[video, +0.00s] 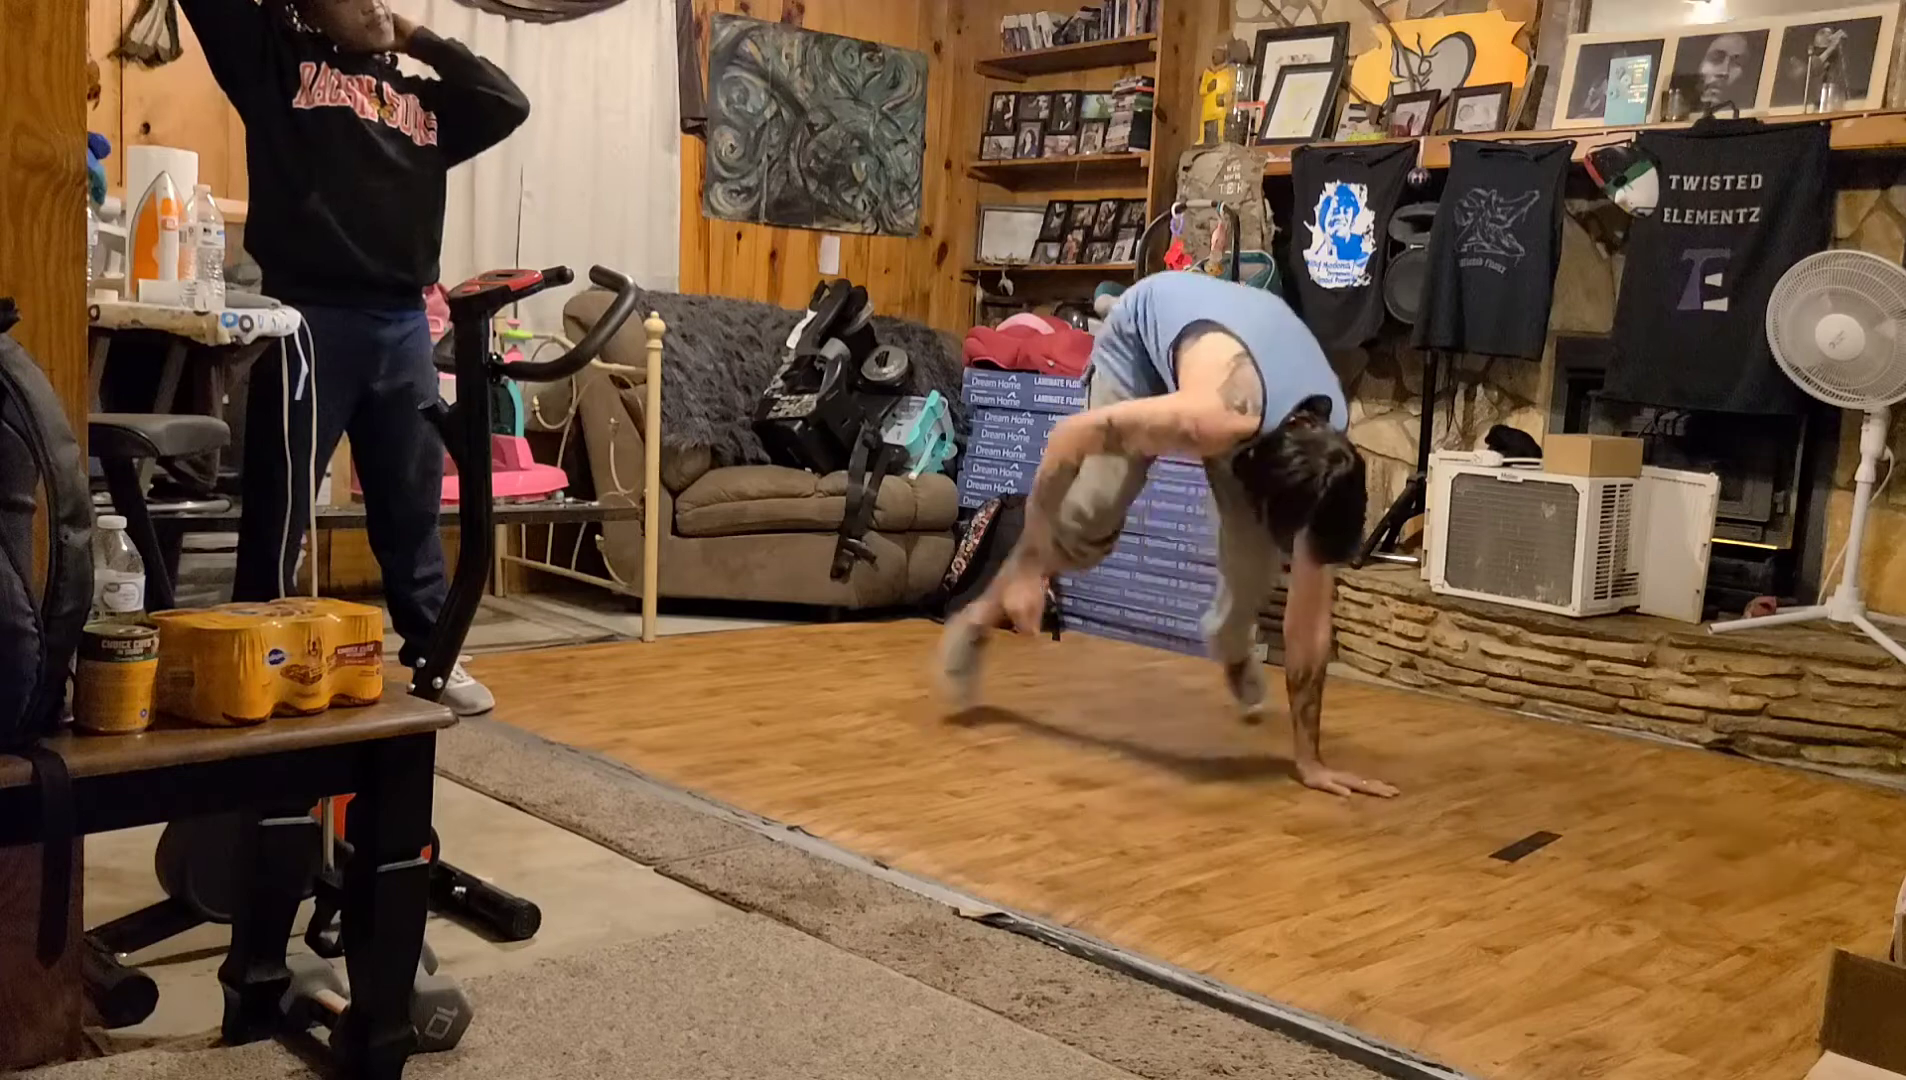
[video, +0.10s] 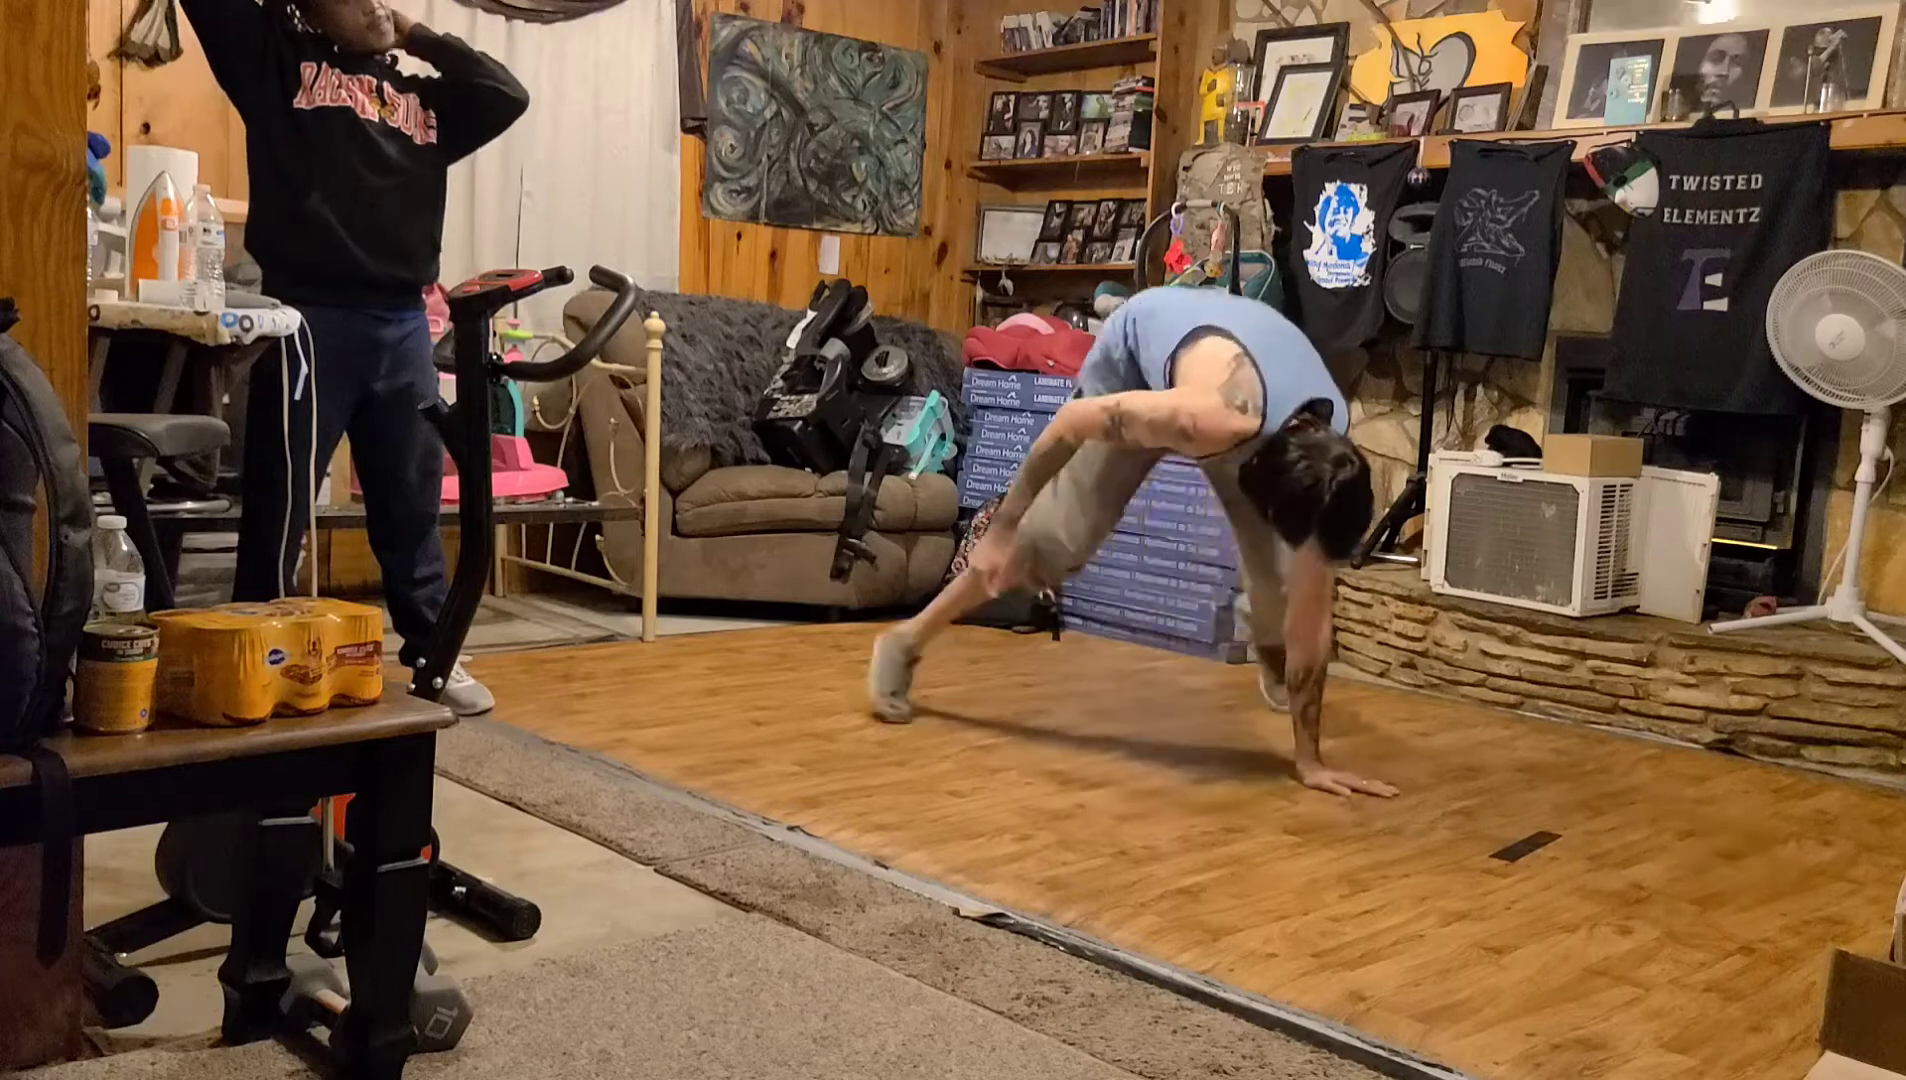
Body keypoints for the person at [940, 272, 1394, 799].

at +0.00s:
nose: (1292, 547)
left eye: (1305, 543)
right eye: (1291, 536)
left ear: (1333, 490)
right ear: (1267, 490)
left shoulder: (1327, 479)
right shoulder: (1210, 423)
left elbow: (1310, 622)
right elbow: (1069, 435)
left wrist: (1309, 759)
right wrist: (1032, 562)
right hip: (1144, 331)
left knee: (1256, 566)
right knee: (1090, 515)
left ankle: (1232, 646)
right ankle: (976, 621)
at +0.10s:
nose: (1308, 550)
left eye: (1320, 544)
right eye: (1309, 541)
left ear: (1347, 485)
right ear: (1278, 492)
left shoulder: (1328, 473)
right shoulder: (1206, 425)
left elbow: (1308, 621)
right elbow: (1071, 422)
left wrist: (1311, 761)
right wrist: (1004, 525)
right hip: (1140, 352)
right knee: (1058, 539)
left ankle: (1276, 658)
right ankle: (907, 639)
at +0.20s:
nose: (1300, 536)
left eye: (1316, 530)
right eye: (1298, 524)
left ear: (1345, 479)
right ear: (1282, 489)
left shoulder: (1328, 458)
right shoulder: (1194, 423)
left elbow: (1311, 617)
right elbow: (1068, 440)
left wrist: (1311, 761)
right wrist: (994, 555)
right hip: (1118, 429)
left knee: (1280, 598)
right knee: (1033, 570)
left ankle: (1283, 674)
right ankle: (897, 655)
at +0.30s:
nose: (1303, 543)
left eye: (1316, 534)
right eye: (1299, 528)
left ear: (1343, 484)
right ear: (1275, 492)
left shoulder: (1329, 471)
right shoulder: (1207, 414)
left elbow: (1313, 620)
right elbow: (1072, 432)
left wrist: (1310, 762)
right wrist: (1015, 553)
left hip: (1220, 469)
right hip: (1124, 420)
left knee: (1244, 635)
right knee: (1038, 561)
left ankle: (1267, 671)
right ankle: (897, 653)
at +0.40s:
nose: (1289, 532)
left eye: (1299, 524)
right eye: (1285, 519)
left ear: (1327, 481)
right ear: (1268, 483)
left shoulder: (1324, 473)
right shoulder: (1201, 405)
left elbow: (1310, 622)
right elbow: (1062, 424)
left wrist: (1311, 759)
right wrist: (1010, 547)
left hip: (1228, 439)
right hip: (1138, 377)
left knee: (1229, 609)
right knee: (1059, 520)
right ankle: (945, 642)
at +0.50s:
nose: (1289, 527)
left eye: (1301, 520)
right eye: (1287, 516)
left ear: (1325, 482)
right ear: (1261, 475)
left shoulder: (1322, 469)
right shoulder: (1196, 401)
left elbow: (1307, 618)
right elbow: (1057, 428)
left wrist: (1310, 759)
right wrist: (1008, 552)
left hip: (1231, 446)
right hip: (1140, 388)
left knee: (1215, 606)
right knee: (1057, 530)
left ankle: (1136, 638)